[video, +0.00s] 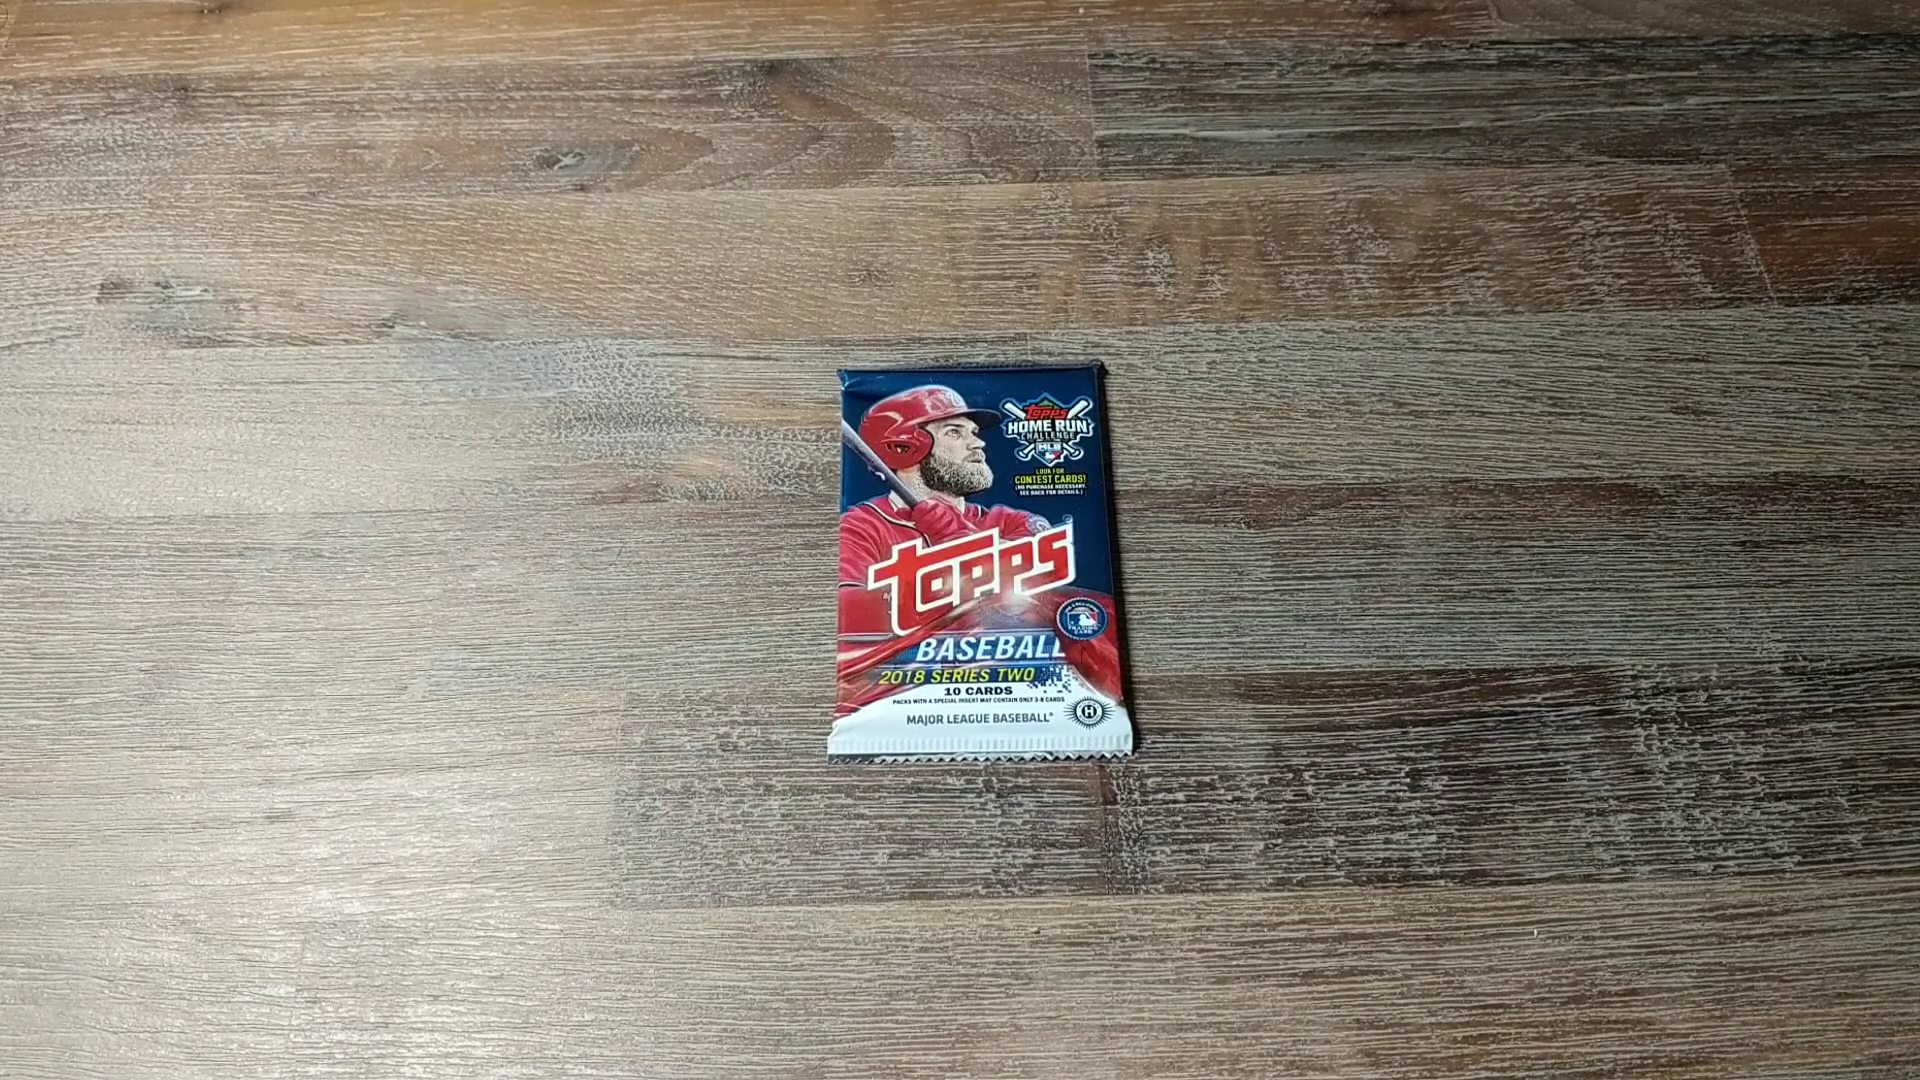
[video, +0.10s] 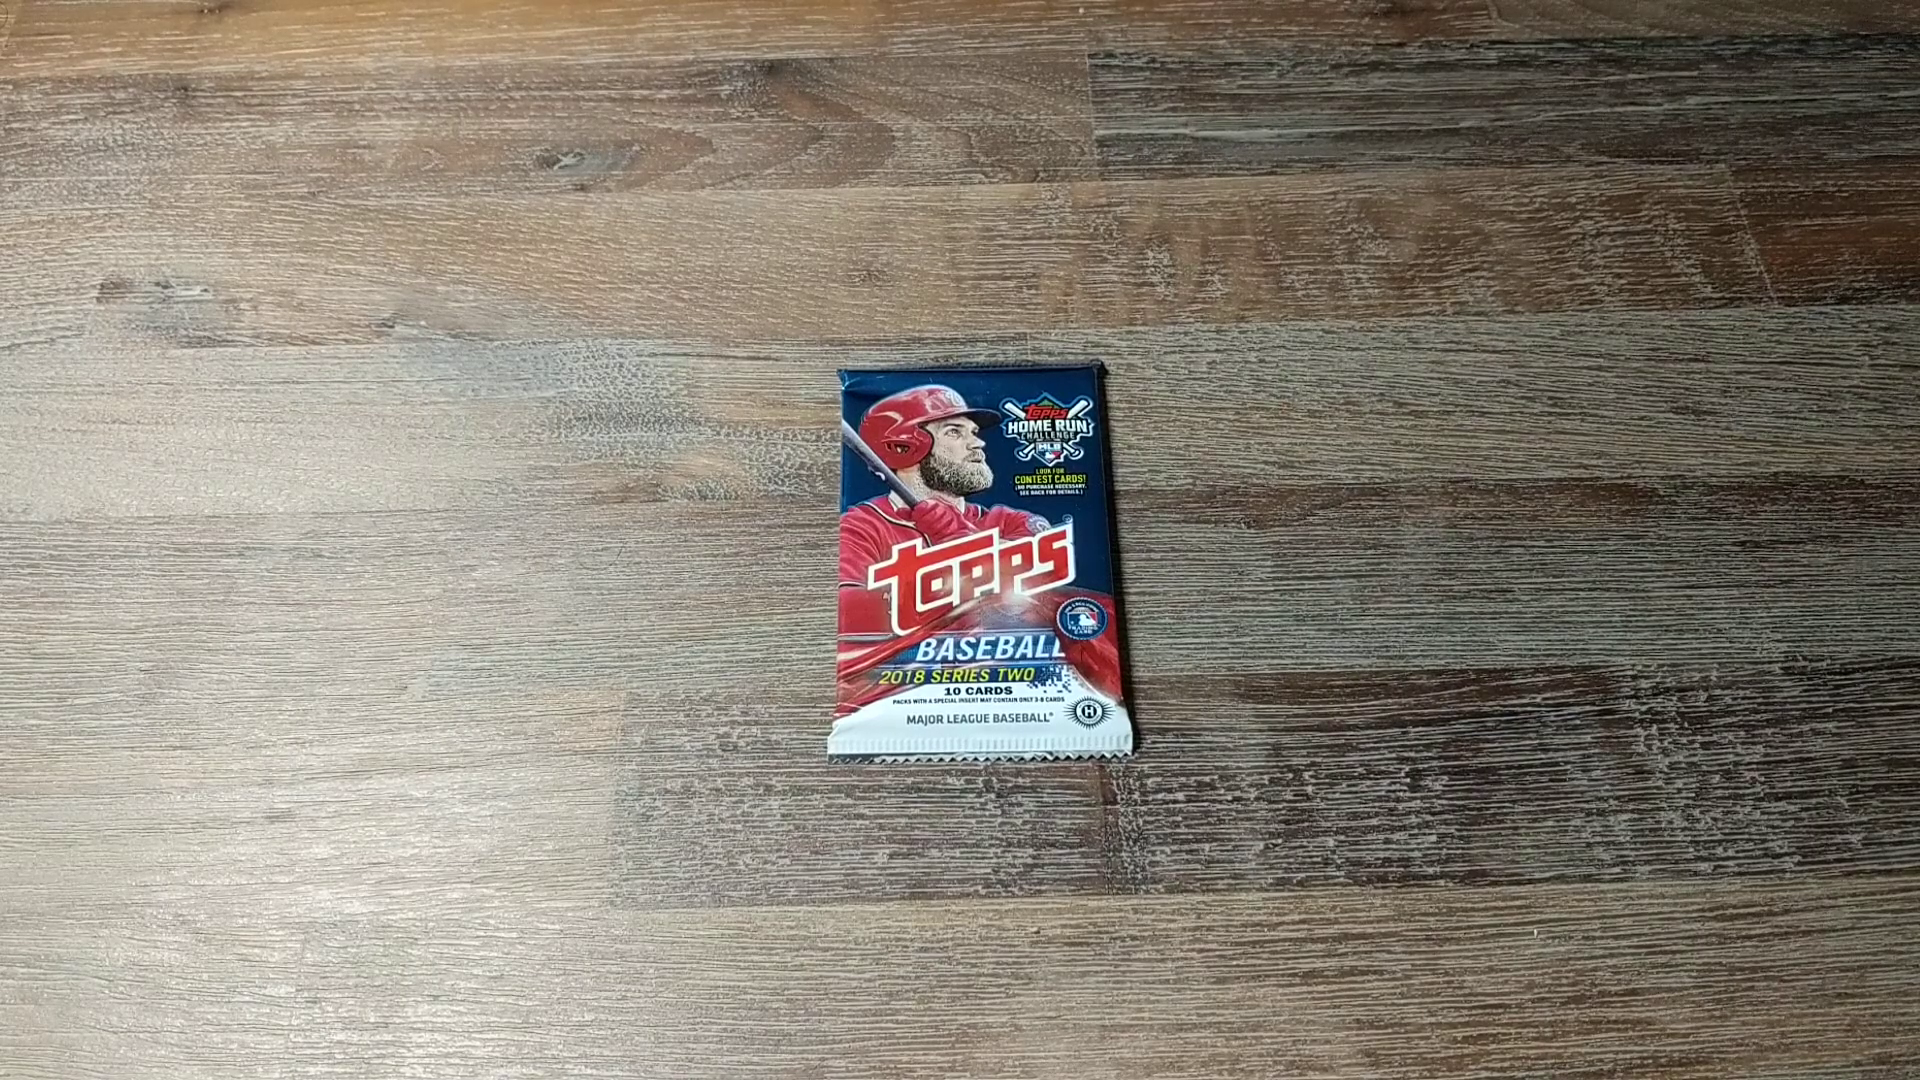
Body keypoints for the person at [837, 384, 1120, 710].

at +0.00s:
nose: (977, 443)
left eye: (974, 433)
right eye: (955, 433)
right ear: (906, 447)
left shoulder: (1015, 523)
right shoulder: (861, 527)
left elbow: (1054, 606)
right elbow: (842, 616)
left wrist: (965, 541)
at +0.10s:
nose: (977, 443)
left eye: (974, 433)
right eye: (955, 433)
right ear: (905, 447)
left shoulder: (1015, 523)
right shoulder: (861, 527)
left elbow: (1054, 606)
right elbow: (841, 615)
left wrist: (966, 541)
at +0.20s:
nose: (977, 443)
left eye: (974, 433)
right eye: (955, 433)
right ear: (905, 447)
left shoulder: (1015, 523)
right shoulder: (861, 527)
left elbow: (1054, 606)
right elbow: (841, 615)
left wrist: (966, 541)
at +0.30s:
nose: (977, 443)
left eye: (974, 433)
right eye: (955, 433)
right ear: (905, 447)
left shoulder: (1015, 523)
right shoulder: (861, 527)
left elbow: (1055, 606)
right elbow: (841, 615)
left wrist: (966, 541)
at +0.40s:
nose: (977, 443)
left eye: (974, 433)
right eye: (955, 433)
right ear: (906, 447)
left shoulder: (1015, 523)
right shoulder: (861, 527)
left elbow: (1054, 606)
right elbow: (841, 615)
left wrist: (966, 541)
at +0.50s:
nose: (977, 443)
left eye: (974, 433)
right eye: (955, 433)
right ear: (906, 447)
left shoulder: (1014, 523)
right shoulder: (861, 527)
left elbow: (1054, 605)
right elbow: (842, 616)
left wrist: (965, 540)